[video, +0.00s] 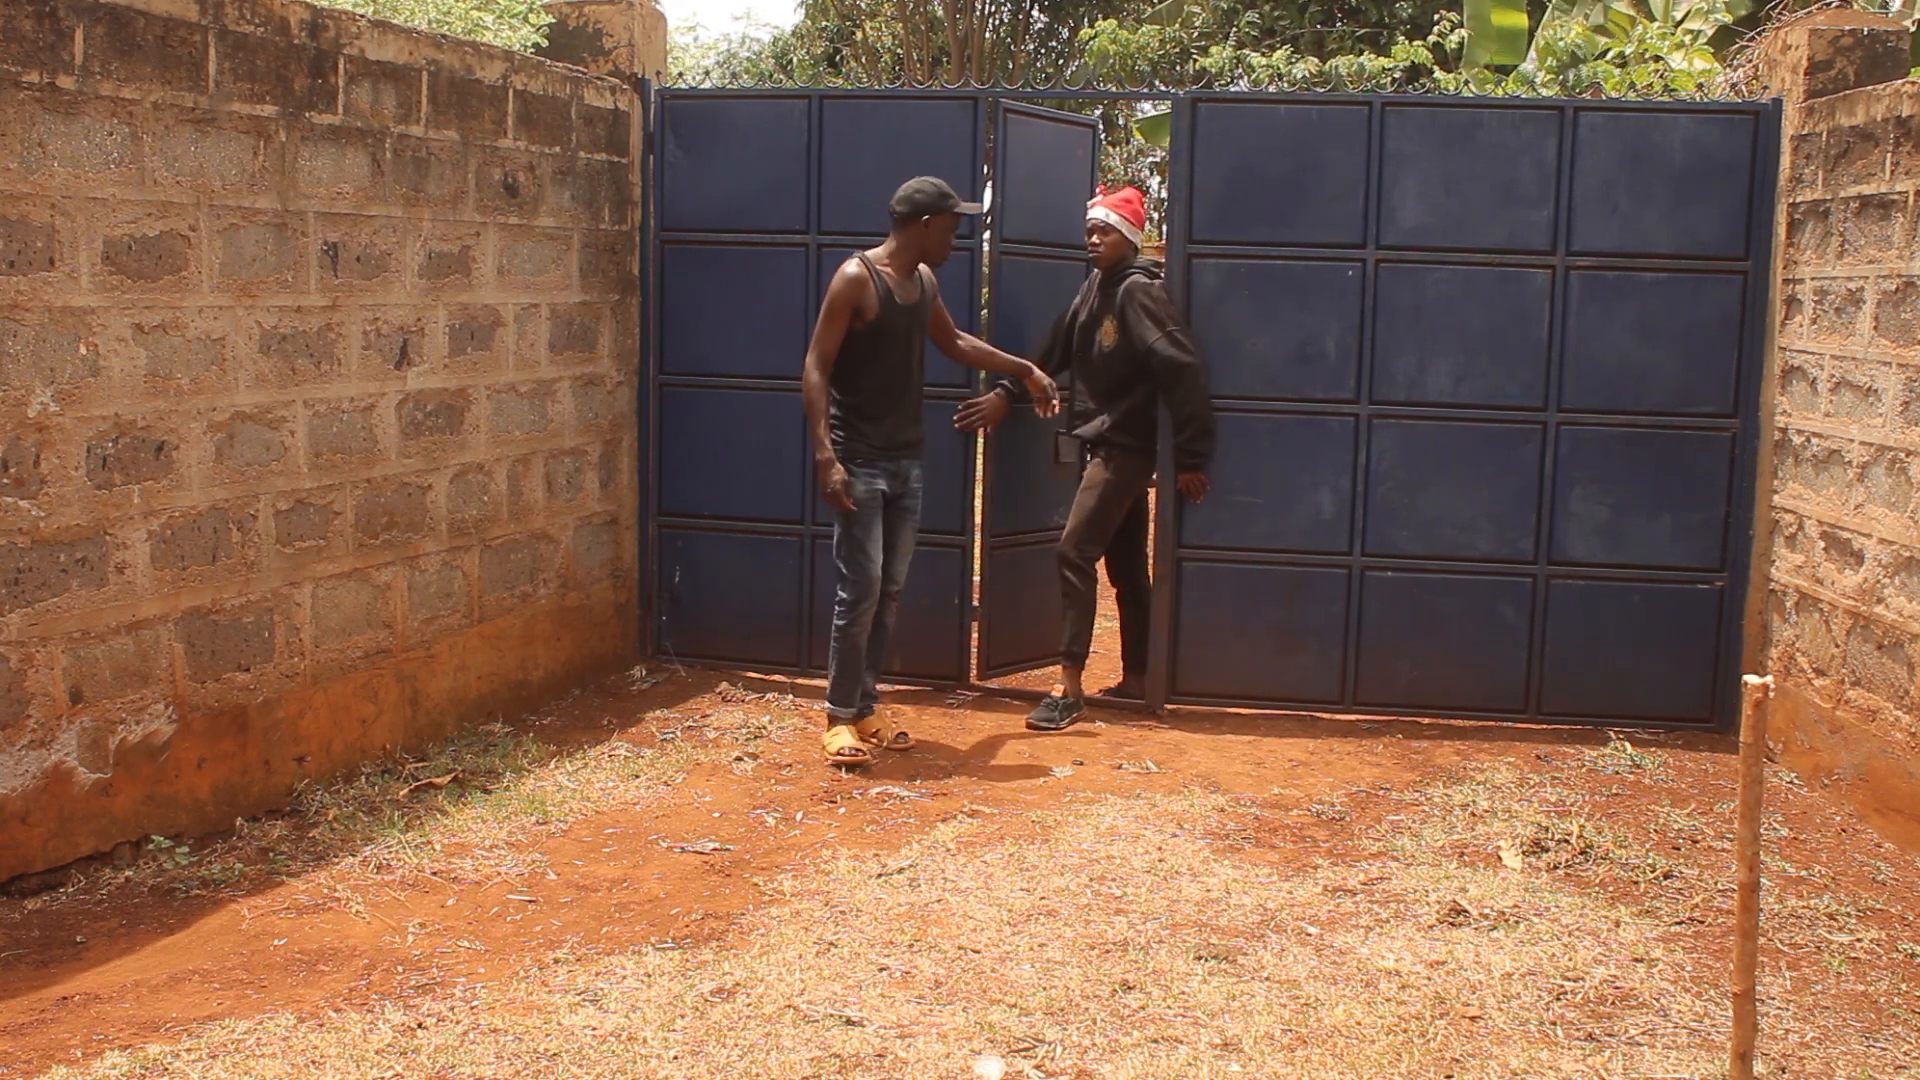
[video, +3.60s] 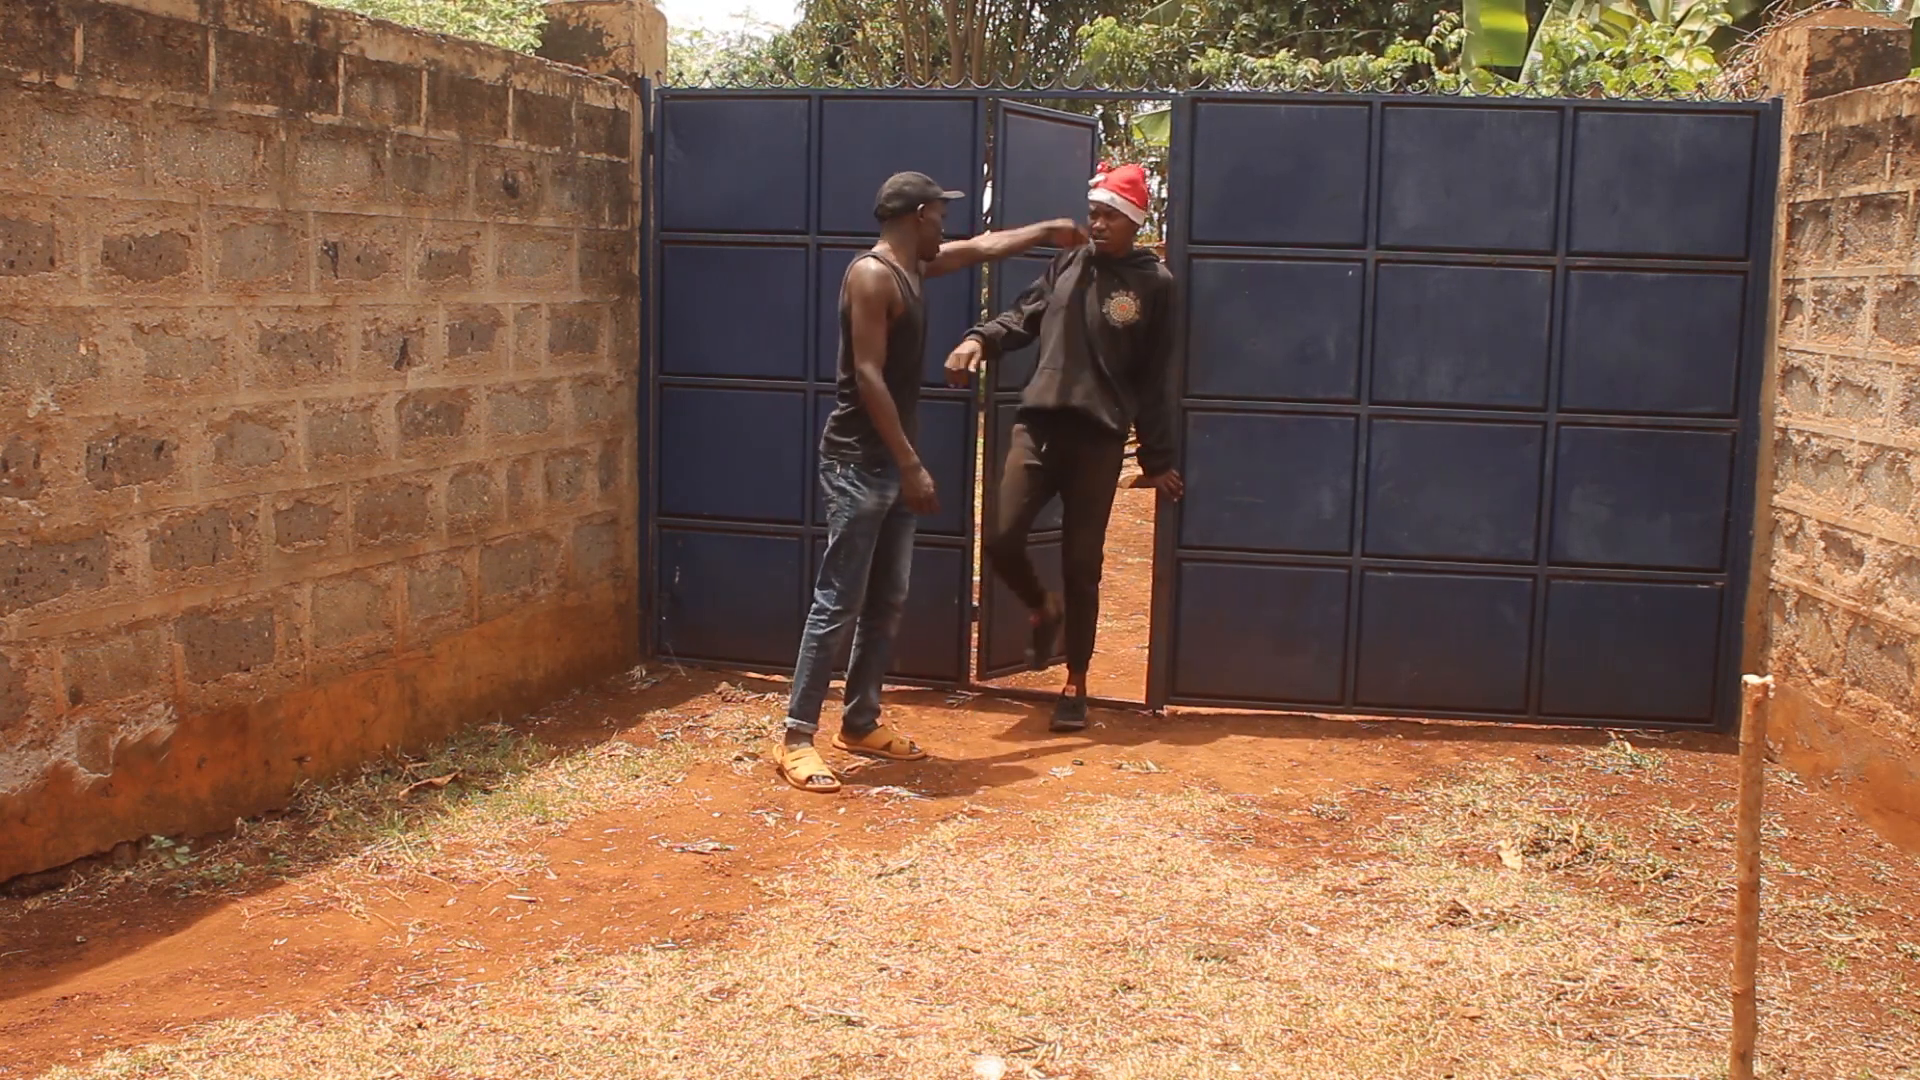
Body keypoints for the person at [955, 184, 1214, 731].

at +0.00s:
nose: (1095, 239)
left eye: (1106, 231)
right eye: (1090, 229)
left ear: (1132, 238)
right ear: (1087, 235)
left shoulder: (1138, 289)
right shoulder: (1092, 289)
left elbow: (1183, 366)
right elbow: (1052, 355)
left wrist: (1190, 458)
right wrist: (1005, 395)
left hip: (1125, 448)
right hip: (1105, 446)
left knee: (1074, 554)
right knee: (1128, 569)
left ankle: (1070, 690)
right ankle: (1138, 676)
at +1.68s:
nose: (1088, 223)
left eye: (1102, 216)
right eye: (1086, 212)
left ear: (1128, 230)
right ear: (1079, 218)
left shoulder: (1148, 291)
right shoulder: (1062, 269)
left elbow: (1181, 376)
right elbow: (1036, 341)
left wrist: (1172, 455)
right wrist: (997, 395)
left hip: (1110, 451)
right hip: (1054, 444)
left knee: (1081, 569)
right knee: (1043, 565)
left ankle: (1074, 693)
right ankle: (1099, 648)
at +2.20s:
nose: (1093, 208)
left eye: (1105, 199)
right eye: (1088, 198)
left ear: (1133, 207)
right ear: (1082, 204)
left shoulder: (1157, 280)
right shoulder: (1058, 256)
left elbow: (1168, 374)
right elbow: (1007, 305)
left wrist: (1166, 456)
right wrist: (1005, 318)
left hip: (1100, 441)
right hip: (1036, 430)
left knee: (1085, 565)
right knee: (1008, 555)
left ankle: (1076, 688)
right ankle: (1021, 671)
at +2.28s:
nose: (1088, 209)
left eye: (1099, 199)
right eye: (1082, 200)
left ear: (1128, 204)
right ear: (1075, 205)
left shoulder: (1153, 277)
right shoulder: (1051, 258)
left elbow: (1166, 370)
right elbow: (993, 313)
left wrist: (1166, 454)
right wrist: (1004, 259)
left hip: (1099, 440)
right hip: (1034, 431)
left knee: (1086, 567)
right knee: (1015, 559)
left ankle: (1076, 688)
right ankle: (1001, 685)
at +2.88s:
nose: (1075, 210)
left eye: (1088, 201)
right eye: (1068, 199)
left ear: (1110, 209)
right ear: (1058, 203)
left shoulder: (1125, 281)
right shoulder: (1028, 254)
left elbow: (1145, 375)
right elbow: (976, 325)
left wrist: (1163, 454)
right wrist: (1022, 327)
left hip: (1080, 444)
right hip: (1013, 438)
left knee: (1074, 567)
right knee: (1004, 567)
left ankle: (1075, 690)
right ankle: (993, 692)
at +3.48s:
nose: (1088, 223)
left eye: (1101, 215)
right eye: (1084, 212)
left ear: (1129, 220)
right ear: (1077, 212)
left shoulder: (1149, 285)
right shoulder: (1054, 257)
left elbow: (1153, 378)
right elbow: (1003, 308)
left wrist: (1160, 459)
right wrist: (1002, 355)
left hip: (1087, 439)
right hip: (1022, 425)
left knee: (1075, 567)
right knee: (996, 555)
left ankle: (1074, 687)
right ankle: (997, 679)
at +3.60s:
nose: (1097, 222)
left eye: (1110, 214)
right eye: (1093, 211)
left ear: (1138, 221)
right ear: (1088, 213)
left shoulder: (1156, 283)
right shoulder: (1067, 263)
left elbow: (1159, 377)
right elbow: (1024, 314)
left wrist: (1159, 458)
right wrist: (979, 338)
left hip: (1098, 435)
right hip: (1038, 425)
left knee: (1081, 564)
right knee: (1000, 540)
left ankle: (1075, 686)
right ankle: (1043, 608)